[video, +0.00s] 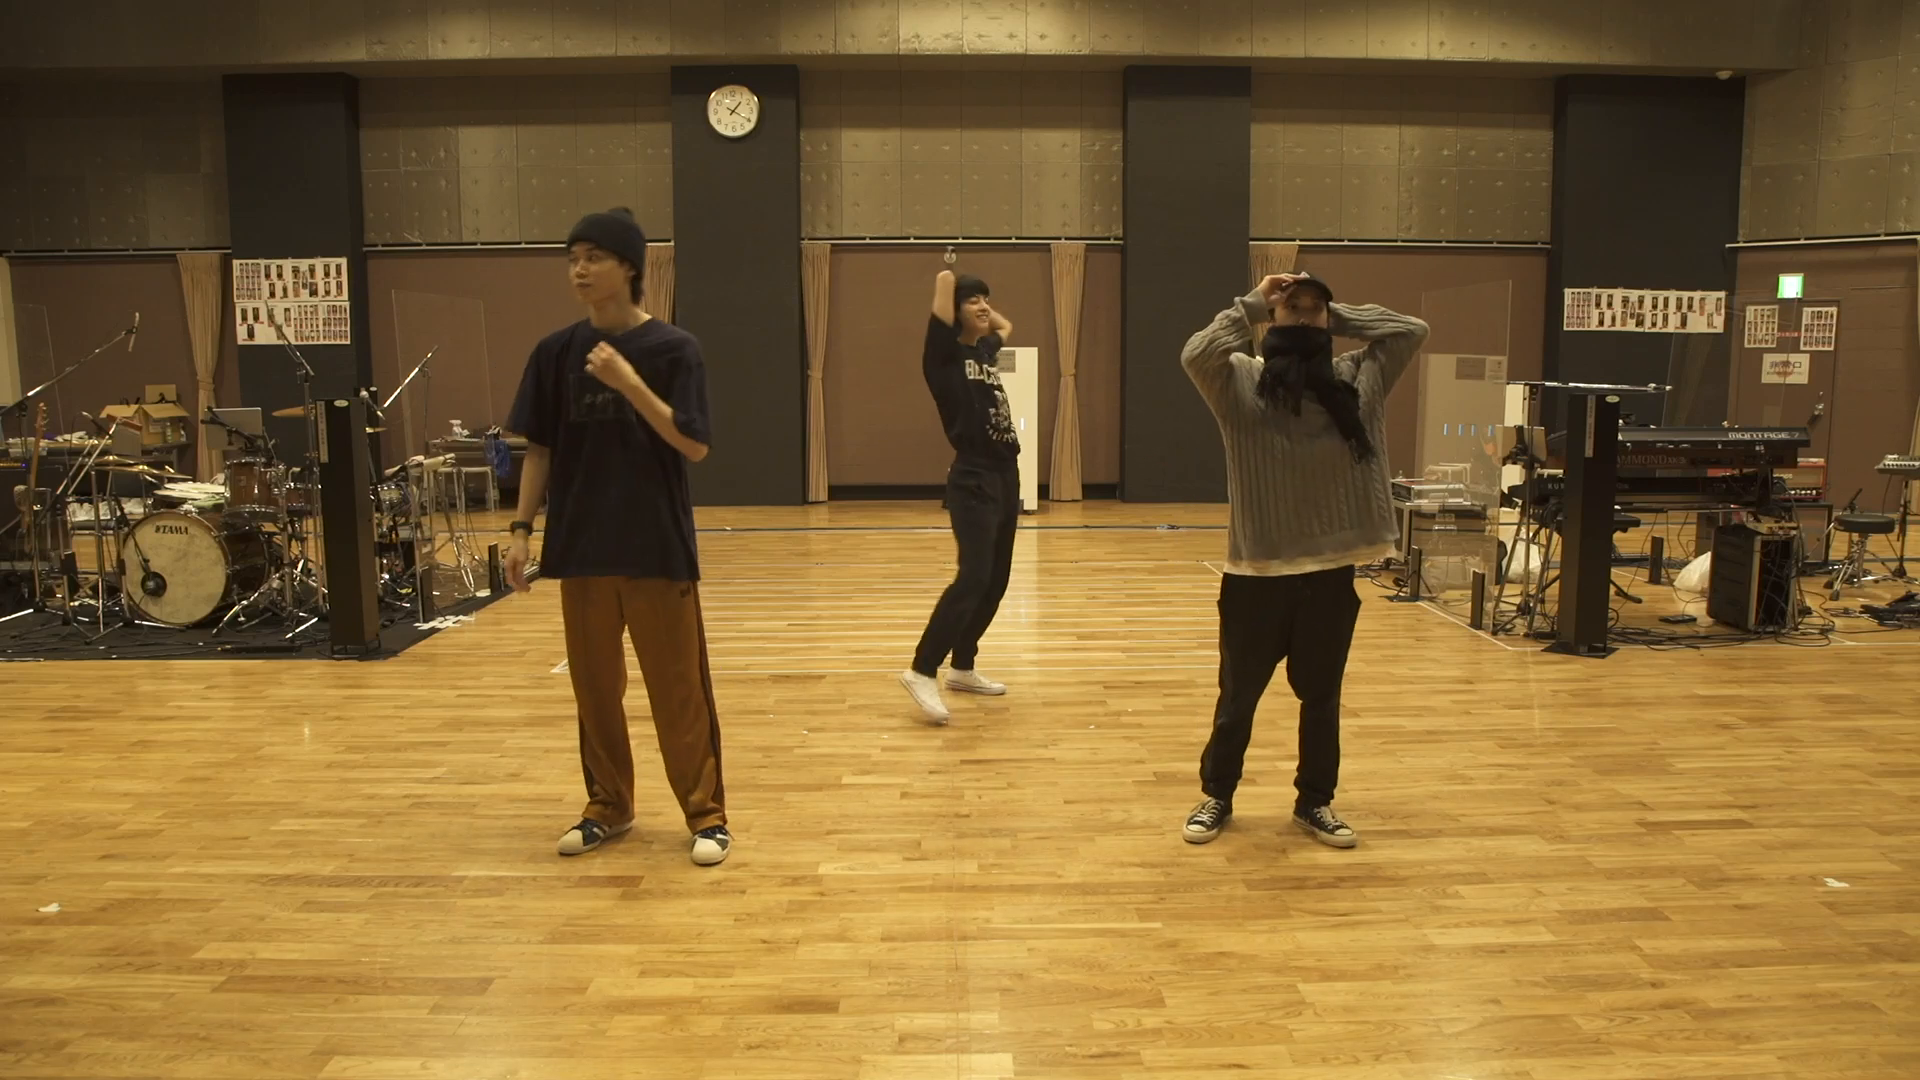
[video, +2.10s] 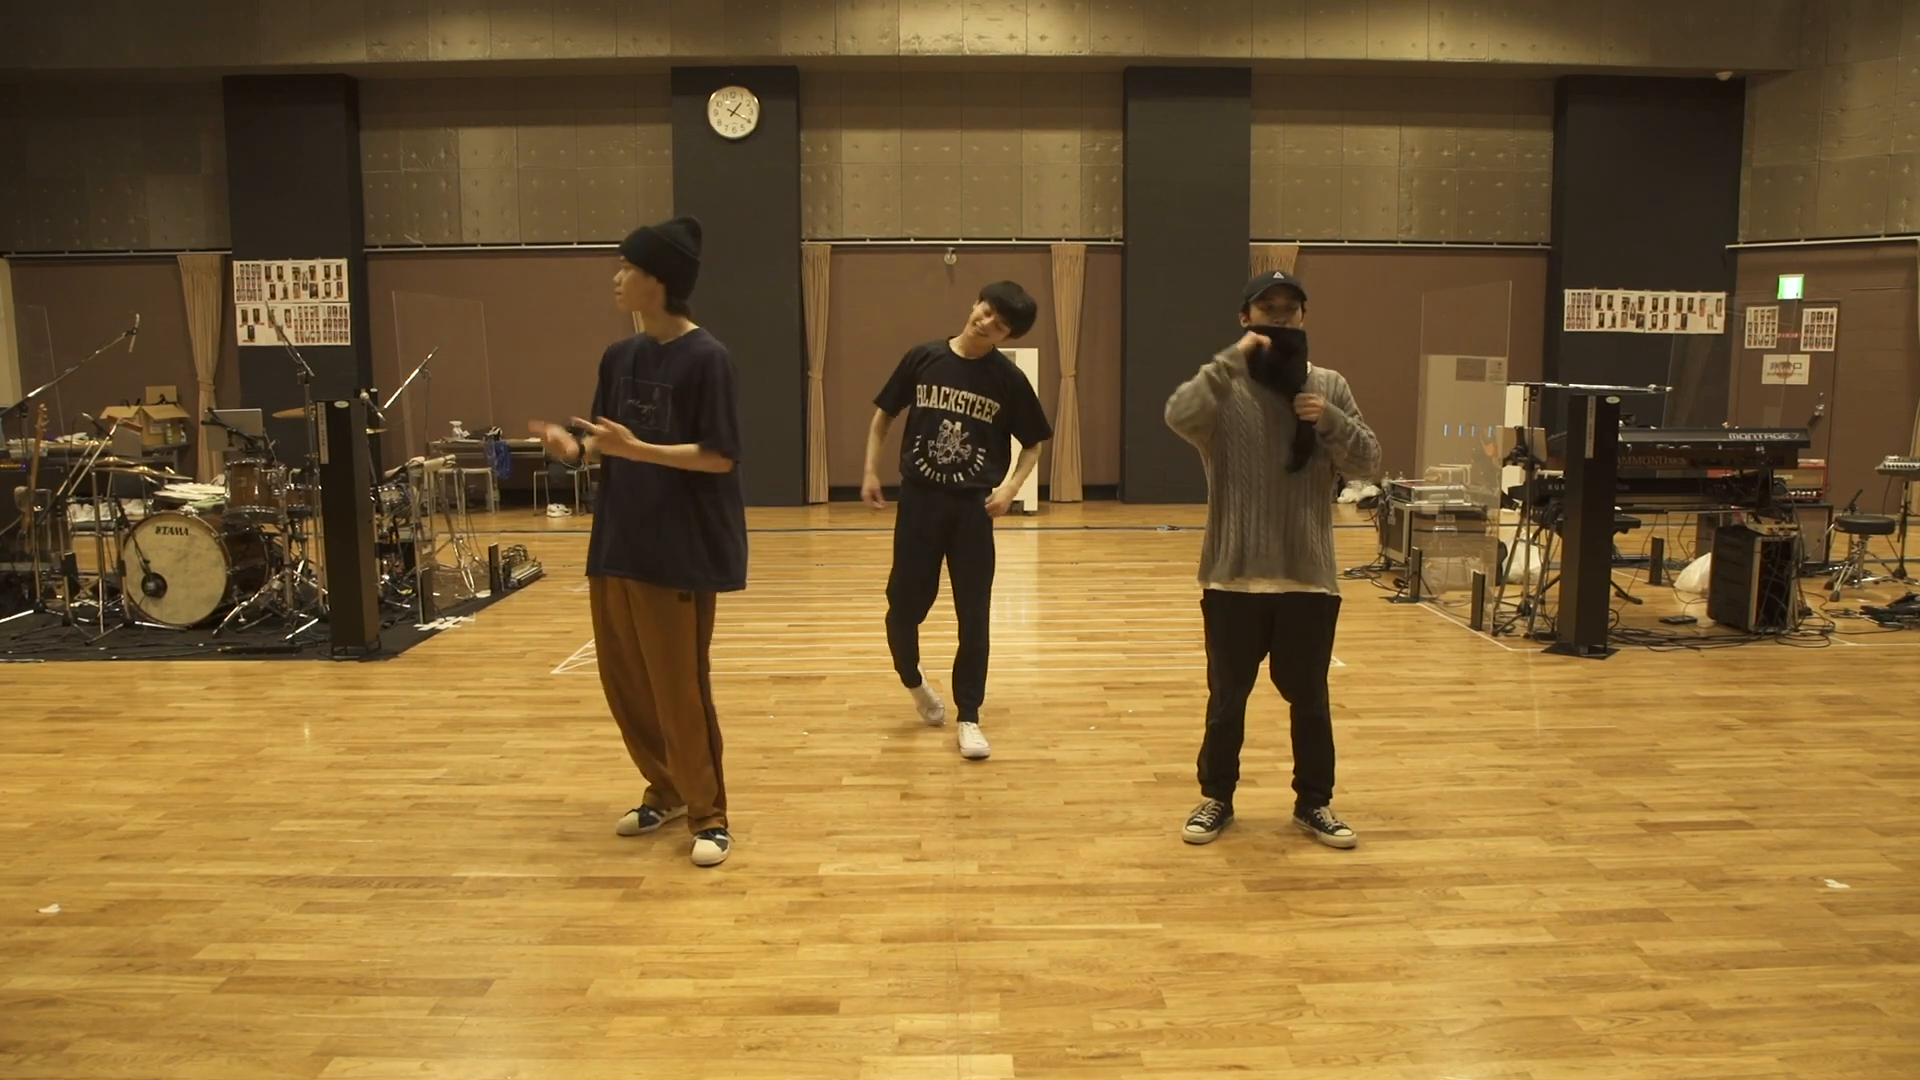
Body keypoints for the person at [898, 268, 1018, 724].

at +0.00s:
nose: (984, 310)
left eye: (985, 304)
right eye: (975, 304)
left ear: (987, 312)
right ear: (955, 314)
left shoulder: (983, 354)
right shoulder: (943, 355)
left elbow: (1004, 331)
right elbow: (943, 286)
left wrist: (986, 316)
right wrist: (950, 279)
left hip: (1005, 480)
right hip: (973, 480)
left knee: (996, 580)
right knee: (973, 578)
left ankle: (961, 668)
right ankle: (921, 672)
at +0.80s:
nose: (919, 308)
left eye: (926, 301)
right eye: (912, 306)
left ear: (946, 307)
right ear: (911, 320)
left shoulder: (965, 348)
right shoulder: (917, 354)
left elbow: (962, 304)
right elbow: (900, 333)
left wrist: (954, 268)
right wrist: (900, 317)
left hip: (943, 489)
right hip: (903, 489)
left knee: (942, 603)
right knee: (913, 602)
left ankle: (1010, 654)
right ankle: (938, 693)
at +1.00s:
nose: (908, 301)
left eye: (918, 294)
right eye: (902, 297)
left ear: (940, 303)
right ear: (897, 310)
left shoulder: (964, 350)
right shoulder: (898, 362)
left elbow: (1009, 335)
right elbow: (844, 366)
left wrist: (967, 287)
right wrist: (864, 305)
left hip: (945, 486)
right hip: (902, 488)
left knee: (935, 592)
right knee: (908, 595)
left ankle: (966, 683)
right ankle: (936, 691)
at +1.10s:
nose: (909, 301)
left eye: (919, 294)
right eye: (902, 296)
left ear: (939, 305)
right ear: (895, 308)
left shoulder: (966, 356)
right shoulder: (893, 366)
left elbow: (1018, 386)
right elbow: (841, 395)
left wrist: (999, 338)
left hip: (947, 492)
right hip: (901, 493)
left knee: (941, 592)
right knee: (910, 595)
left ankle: (954, 696)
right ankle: (935, 689)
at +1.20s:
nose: (912, 300)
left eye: (923, 294)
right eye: (906, 294)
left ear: (941, 305)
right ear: (898, 305)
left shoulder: (965, 360)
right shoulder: (887, 369)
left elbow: (1001, 408)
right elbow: (841, 411)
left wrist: (1013, 423)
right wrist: (790, 423)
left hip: (950, 492)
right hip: (901, 492)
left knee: (949, 594)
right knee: (910, 595)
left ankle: (950, 703)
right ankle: (933, 685)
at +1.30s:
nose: (917, 299)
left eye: (929, 295)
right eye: (912, 291)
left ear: (944, 310)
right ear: (901, 301)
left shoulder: (964, 364)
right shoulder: (884, 368)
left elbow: (979, 434)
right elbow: (873, 440)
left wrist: (978, 489)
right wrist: (866, 496)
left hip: (951, 492)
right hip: (900, 494)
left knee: (954, 588)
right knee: (911, 594)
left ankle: (959, 692)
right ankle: (933, 689)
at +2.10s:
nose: (985, 320)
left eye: (998, 322)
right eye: (986, 308)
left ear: (1008, 335)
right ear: (975, 303)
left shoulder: (1010, 382)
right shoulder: (921, 359)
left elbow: (1034, 441)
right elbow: (884, 413)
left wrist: (1009, 490)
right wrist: (871, 470)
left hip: (972, 510)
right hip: (918, 504)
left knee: (974, 617)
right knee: (904, 608)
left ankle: (969, 719)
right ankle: (912, 681)